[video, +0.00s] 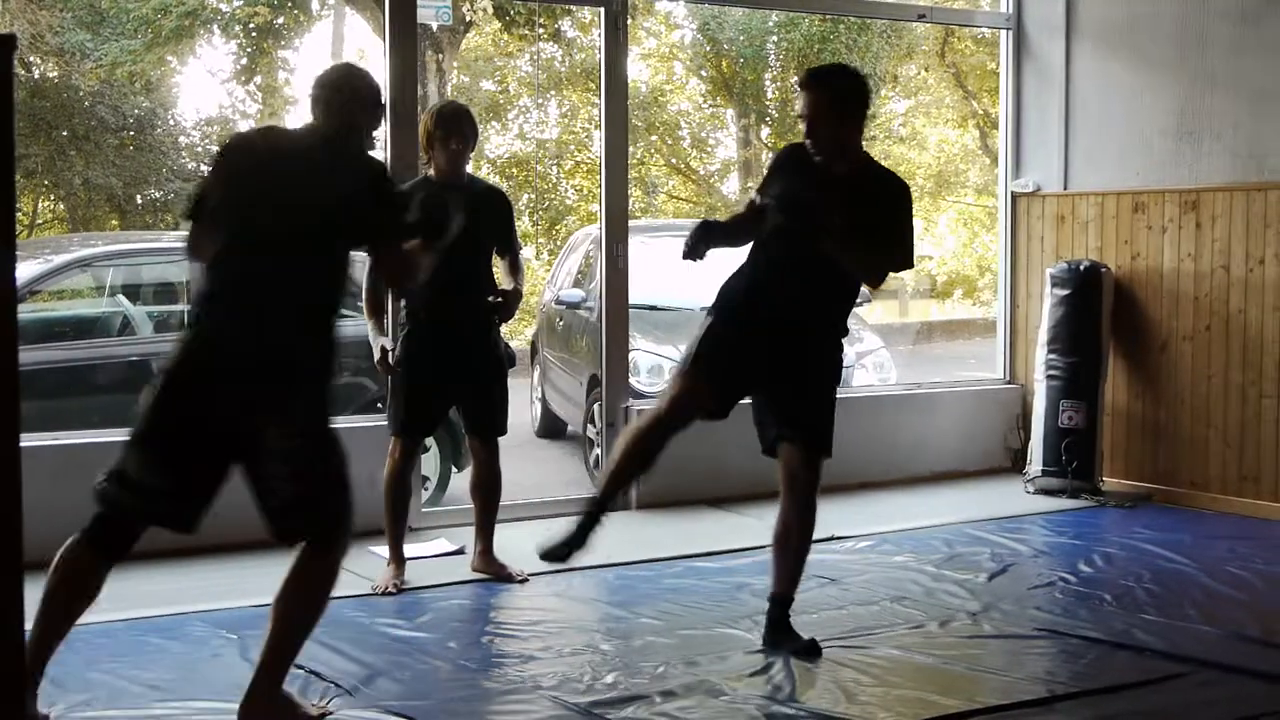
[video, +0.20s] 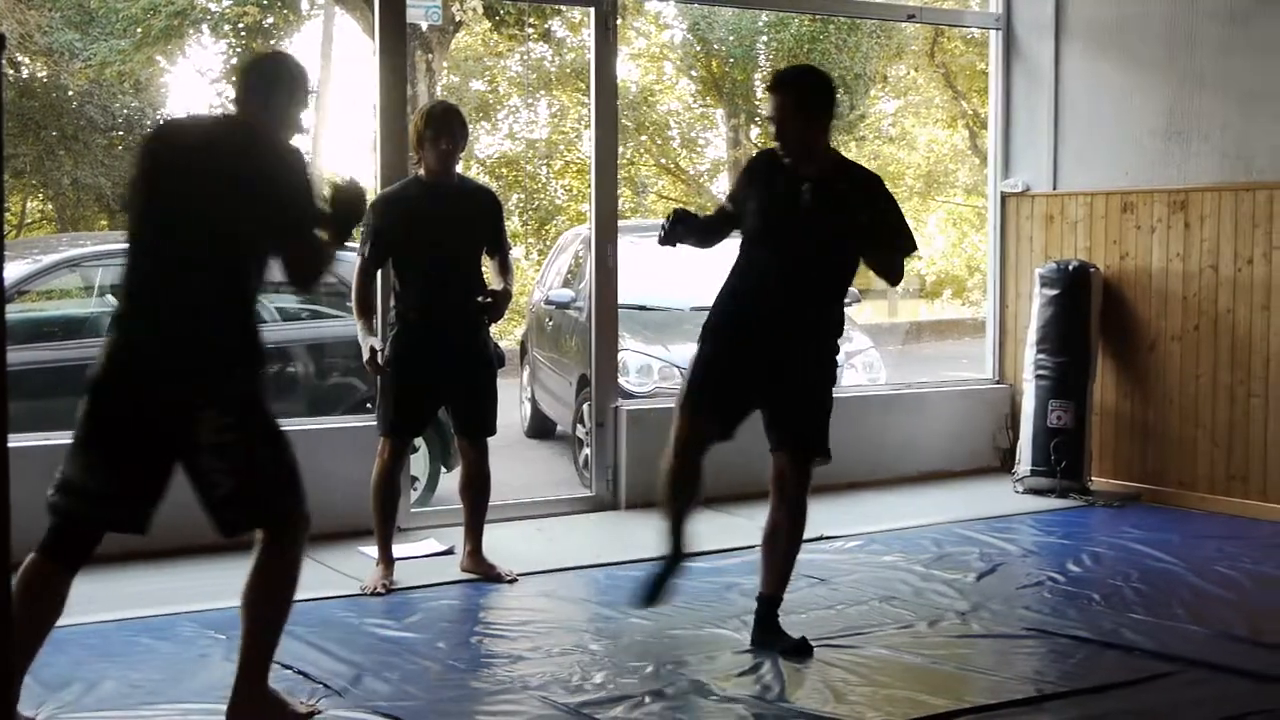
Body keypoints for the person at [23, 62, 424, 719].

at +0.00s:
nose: (374, 129)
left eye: (373, 117)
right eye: (373, 117)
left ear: (314, 105)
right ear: (364, 115)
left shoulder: (247, 149)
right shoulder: (367, 177)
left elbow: (200, 243)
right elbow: (396, 276)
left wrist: (268, 220)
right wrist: (430, 241)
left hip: (203, 368)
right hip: (287, 381)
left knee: (113, 523)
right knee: (328, 532)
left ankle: (24, 680)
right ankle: (265, 692)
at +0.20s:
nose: (299, 119)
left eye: (300, 107)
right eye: (299, 106)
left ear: (240, 89)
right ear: (286, 102)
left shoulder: (168, 138)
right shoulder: (280, 164)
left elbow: (146, 226)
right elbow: (305, 270)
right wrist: (339, 224)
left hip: (133, 365)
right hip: (218, 373)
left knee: (61, 546)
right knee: (286, 526)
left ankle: (5, 696)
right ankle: (251, 691)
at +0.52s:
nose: (271, 99)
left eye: (269, 87)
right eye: (267, 86)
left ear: (197, 82)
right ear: (249, 88)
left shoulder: (142, 132)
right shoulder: (250, 148)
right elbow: (284, 245)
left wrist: (248, 142)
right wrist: (297, 157)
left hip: (120, 362)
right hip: (204, 364)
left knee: (65, 543)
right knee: (301, 506)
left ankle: (4, 698)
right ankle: (351, 669)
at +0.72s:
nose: (324, 114)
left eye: (322, 101)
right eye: (322, 103)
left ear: (265, 96)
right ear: (308, 103)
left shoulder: (207, 152)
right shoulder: (303, 166)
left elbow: (178, 229)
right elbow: (353, 264)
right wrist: (381, 204)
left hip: (182, 376)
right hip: (261, 379)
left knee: (108, 538)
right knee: (363, 521)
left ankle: (14, 683)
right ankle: (398, 689)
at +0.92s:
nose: (397, 116)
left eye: (396, 105)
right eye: (396, 104)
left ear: (322, 94)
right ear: (381, 103)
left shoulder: (258, 140)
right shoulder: (384, 168)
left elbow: (229, 221)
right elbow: (414, 271)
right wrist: (447, 224)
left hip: (227, 361)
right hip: (314, 369)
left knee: (192, 509)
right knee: (385, 519)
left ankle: (106, 646)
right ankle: (401, 689)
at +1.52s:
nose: (397, 95)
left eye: (395, 82)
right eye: (394, 82)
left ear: (326, 79)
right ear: (380, 82)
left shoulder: (272, 131)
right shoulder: (386, 138)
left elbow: (266, 235)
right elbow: (432, 238)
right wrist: (464, 196)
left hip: (255, 353)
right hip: (336, 356)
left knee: (223, 520)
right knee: (405, 509)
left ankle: (181, 675)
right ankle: (417, 683)